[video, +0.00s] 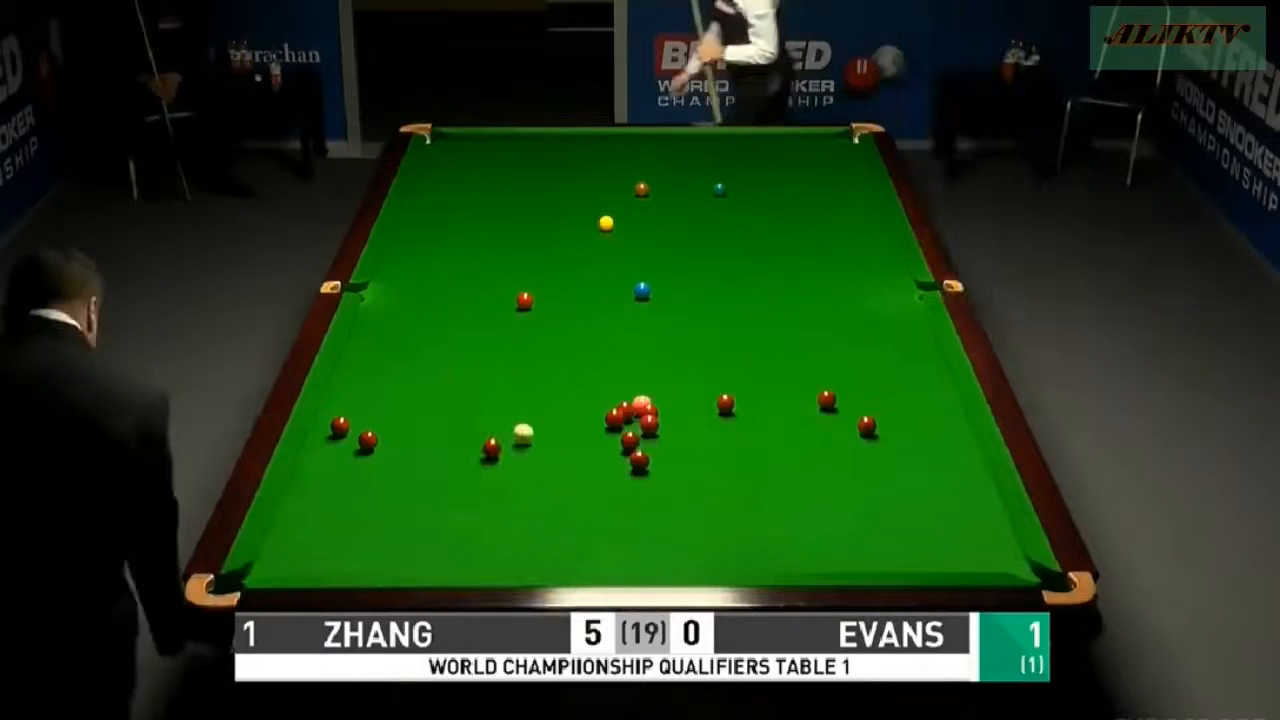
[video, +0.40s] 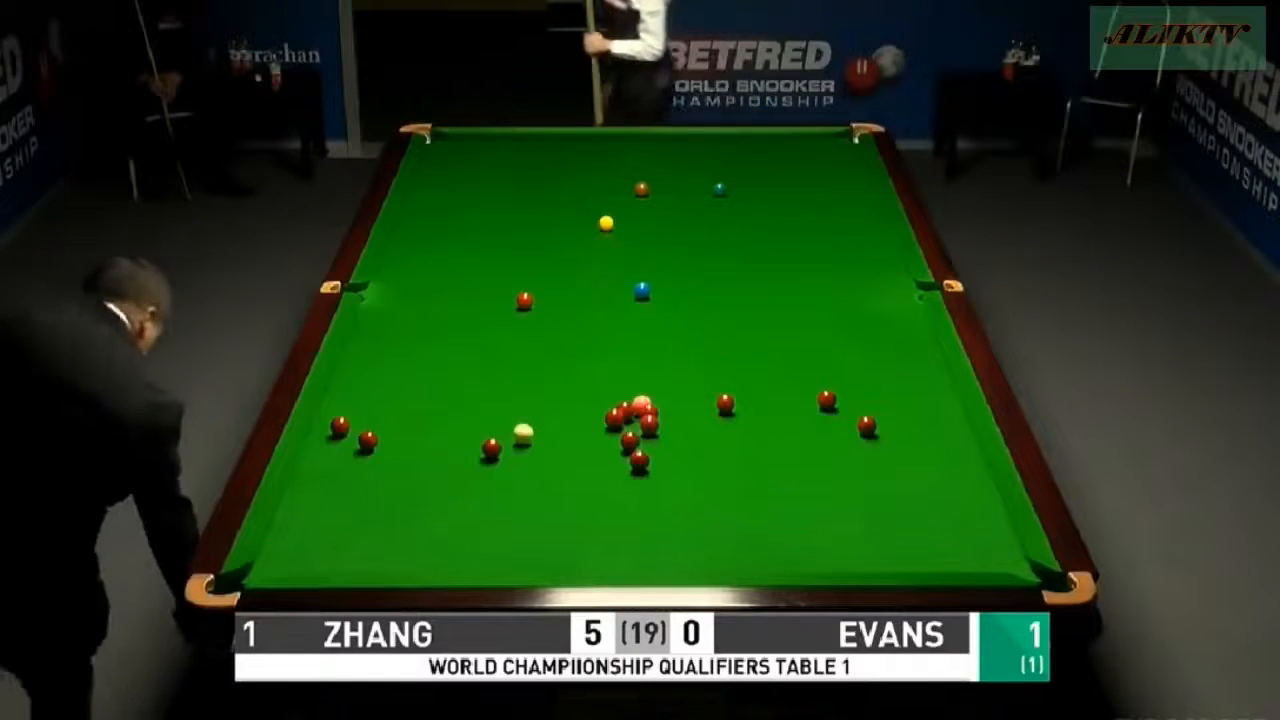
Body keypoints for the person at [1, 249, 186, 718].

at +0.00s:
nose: (99, 324)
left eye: (97, 310)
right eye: (98, 309)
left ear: (14, 308)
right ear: (88, 312)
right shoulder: (125, 399)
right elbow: (150, 533)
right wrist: (171, 631)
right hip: (84, 623)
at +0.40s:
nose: (151, 343)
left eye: (156, 332)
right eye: (156, 331)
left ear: (91, 297)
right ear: (142, 321)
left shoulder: (10, 330)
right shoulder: (141, 398)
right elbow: (168, 525)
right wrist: (196, 609)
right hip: (48, 594)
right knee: (62, 711)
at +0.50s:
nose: (172, 346)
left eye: (178, 337)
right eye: (176, 335)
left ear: (113, 294)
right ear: (164, 323)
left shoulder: (28, 316)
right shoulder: (156, 400)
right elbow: (182, 521)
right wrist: (212, 596)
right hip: (45, 580)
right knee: (65, 709)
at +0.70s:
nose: (195, 328)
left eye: (201, 316)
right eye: (199, 315)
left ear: (133, 278)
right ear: (182, 308)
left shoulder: (39, 296)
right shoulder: (168, 388)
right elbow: (183, 516)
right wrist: (211, 600)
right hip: (53, 563)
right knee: (66, 707)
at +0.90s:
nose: (218, 297)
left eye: (221, 285)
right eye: (216, 285)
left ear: (136, 253)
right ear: (184, 283)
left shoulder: (34, 275)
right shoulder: (165, 368)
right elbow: (167, 510)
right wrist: (186, 596)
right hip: (62, 565)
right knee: (74, 708)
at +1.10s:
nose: (234, 267)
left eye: (235, 256)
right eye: (229, 257)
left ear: (151, 236)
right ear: (193, 257)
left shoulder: (67, 280)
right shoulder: (168, 345)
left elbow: (40, 409)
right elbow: (161, 466)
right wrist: (177, 519)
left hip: (43, 512)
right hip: (113, 545)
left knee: (76, 672)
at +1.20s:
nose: (246, 257)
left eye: (247, 245)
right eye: (240, 246)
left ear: (177, 231)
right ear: (201, 242)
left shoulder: (94, 277)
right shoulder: (162, 316)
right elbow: (158, 442)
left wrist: (197, 444)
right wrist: (207, 485)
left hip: (69, 517)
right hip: (121, 536)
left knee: (102, 669)